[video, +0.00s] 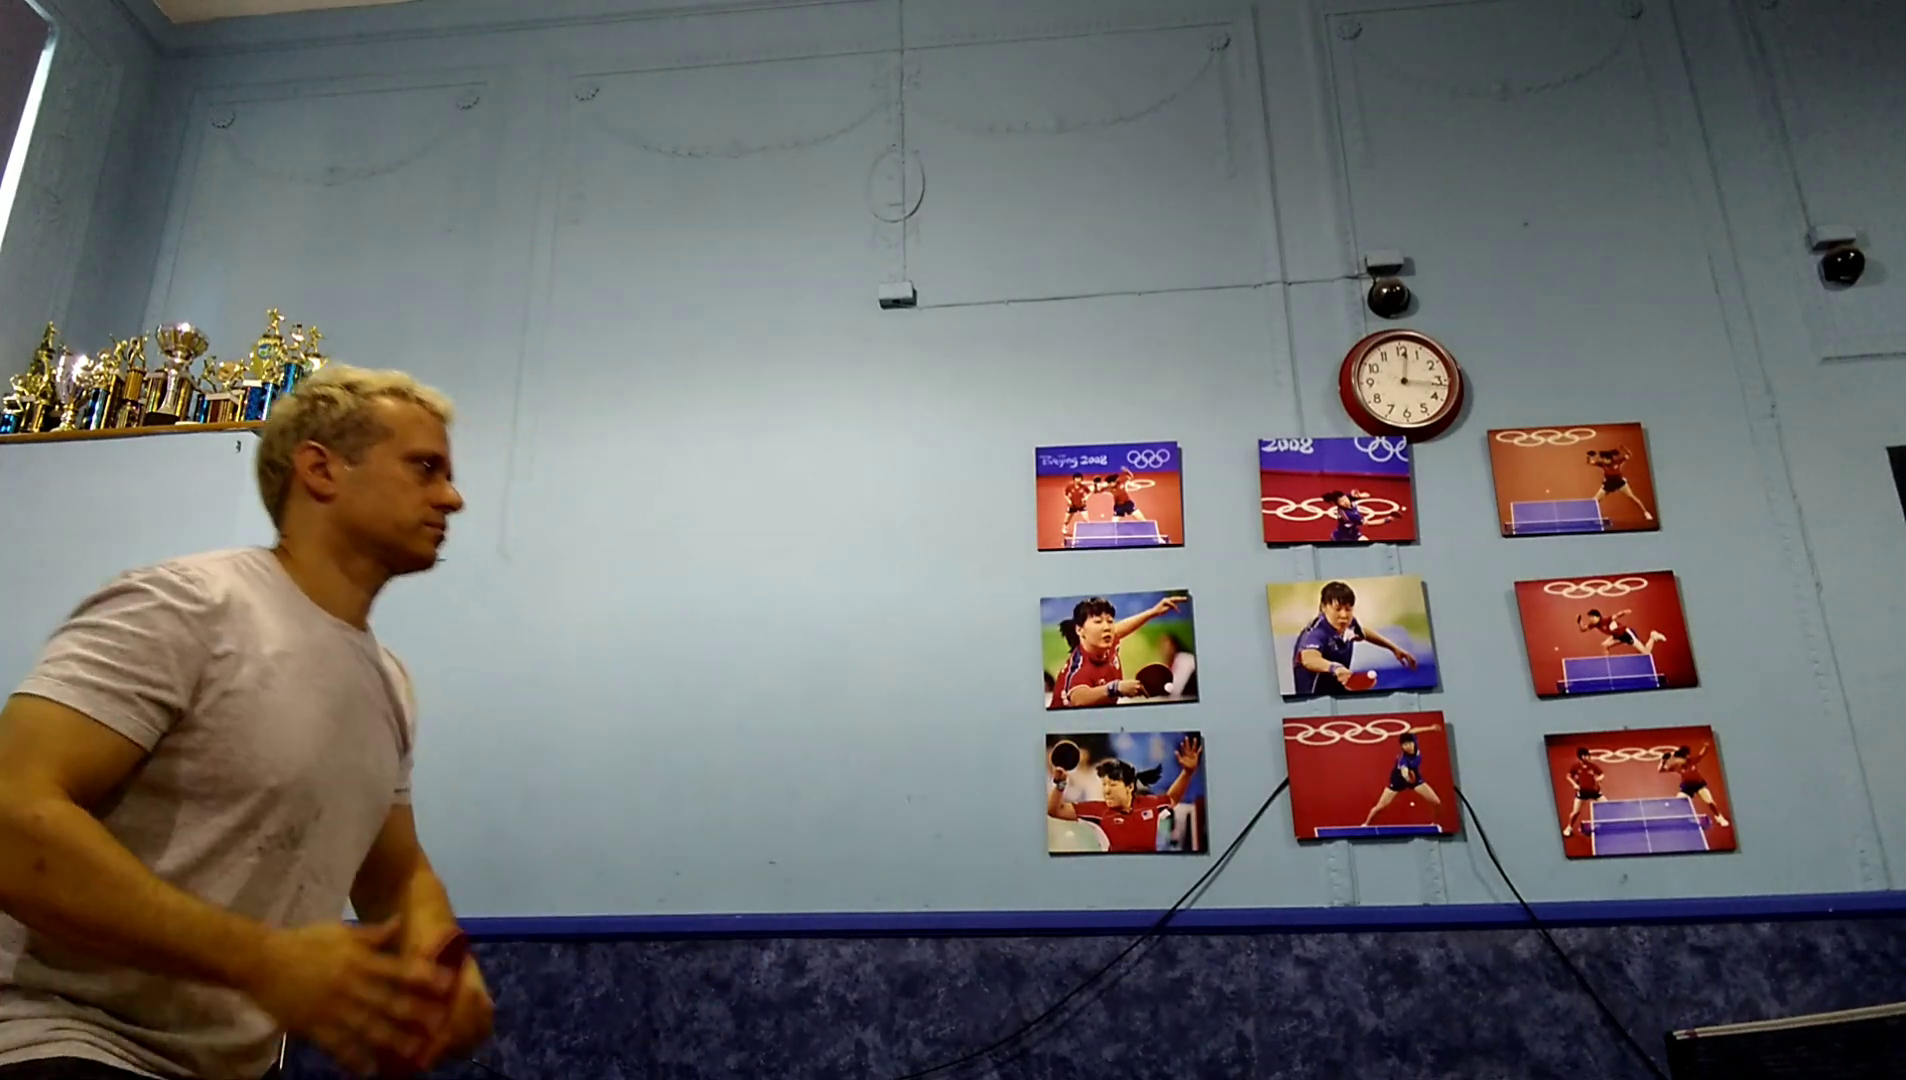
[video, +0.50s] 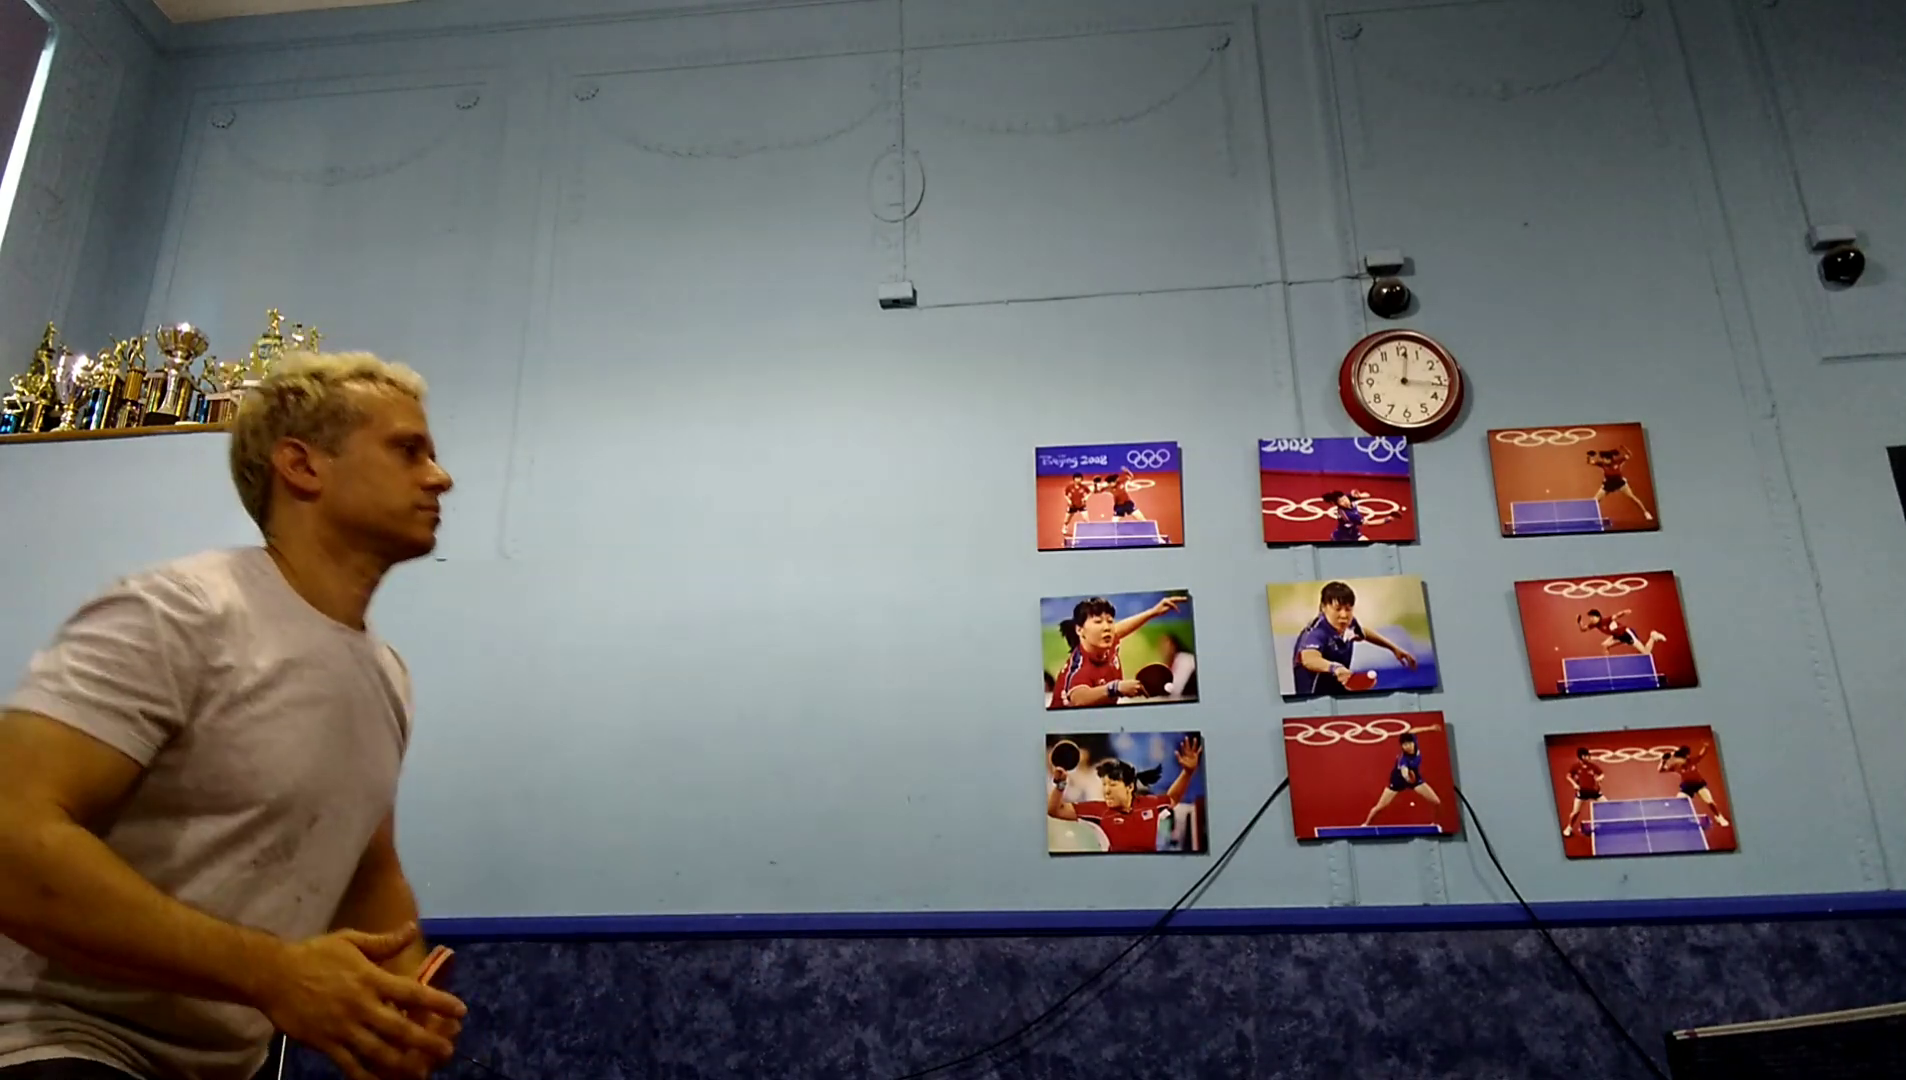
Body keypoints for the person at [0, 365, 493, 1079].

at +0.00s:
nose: (452, 498)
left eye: (447, 477)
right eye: (425, 468)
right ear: (319, 470)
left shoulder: (386, 685)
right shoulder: (186, 604)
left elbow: (397, 877)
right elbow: (14, 813)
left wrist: (431, 955)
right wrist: (266, 962)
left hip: (244, 1058)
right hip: (75, 1029)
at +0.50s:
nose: (440, 476)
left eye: (432, 456)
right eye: (409, 450)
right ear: (302, 465)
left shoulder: (383, 678)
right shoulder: (178, 611)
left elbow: (367, 871)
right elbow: (13, 832)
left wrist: (400, 992)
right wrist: (275, 973)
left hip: (239, 1059)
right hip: (78, 1032)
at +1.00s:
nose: (500, 567)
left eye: (494, 544)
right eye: (473, 537)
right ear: (368, 540)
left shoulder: (415, 740)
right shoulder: (231, 668)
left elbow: (405, 918)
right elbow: (30, 882)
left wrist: (449, 1017)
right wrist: (270, 1043)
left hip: (222, 1064)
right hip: (65, 1054)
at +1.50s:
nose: (493, 571)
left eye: (497, 546)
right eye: (471, 537)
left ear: (385, 534)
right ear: (363, 522)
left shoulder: (469, 697)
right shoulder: (156, 640)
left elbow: (685, 727)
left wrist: (898, 731)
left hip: (229, 1067)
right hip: (45, 1027)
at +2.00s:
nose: (502, 569)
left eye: (499, 542)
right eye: (479, 536)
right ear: (373, 527)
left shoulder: (397, 726)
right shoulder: (215, 645)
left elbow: (336, 903)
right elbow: (2, 801)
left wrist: (350, 1051)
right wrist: (163, 1023)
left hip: (226, 1065)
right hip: (55, 1048)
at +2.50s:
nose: (503, 563)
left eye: (509, 538)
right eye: (484, 529)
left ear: (419, 528)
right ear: (377, 507)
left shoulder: (471, 687)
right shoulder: (158, 610)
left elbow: (683, 733)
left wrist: (893, 737)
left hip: (221, 1068)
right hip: (35, 1022)